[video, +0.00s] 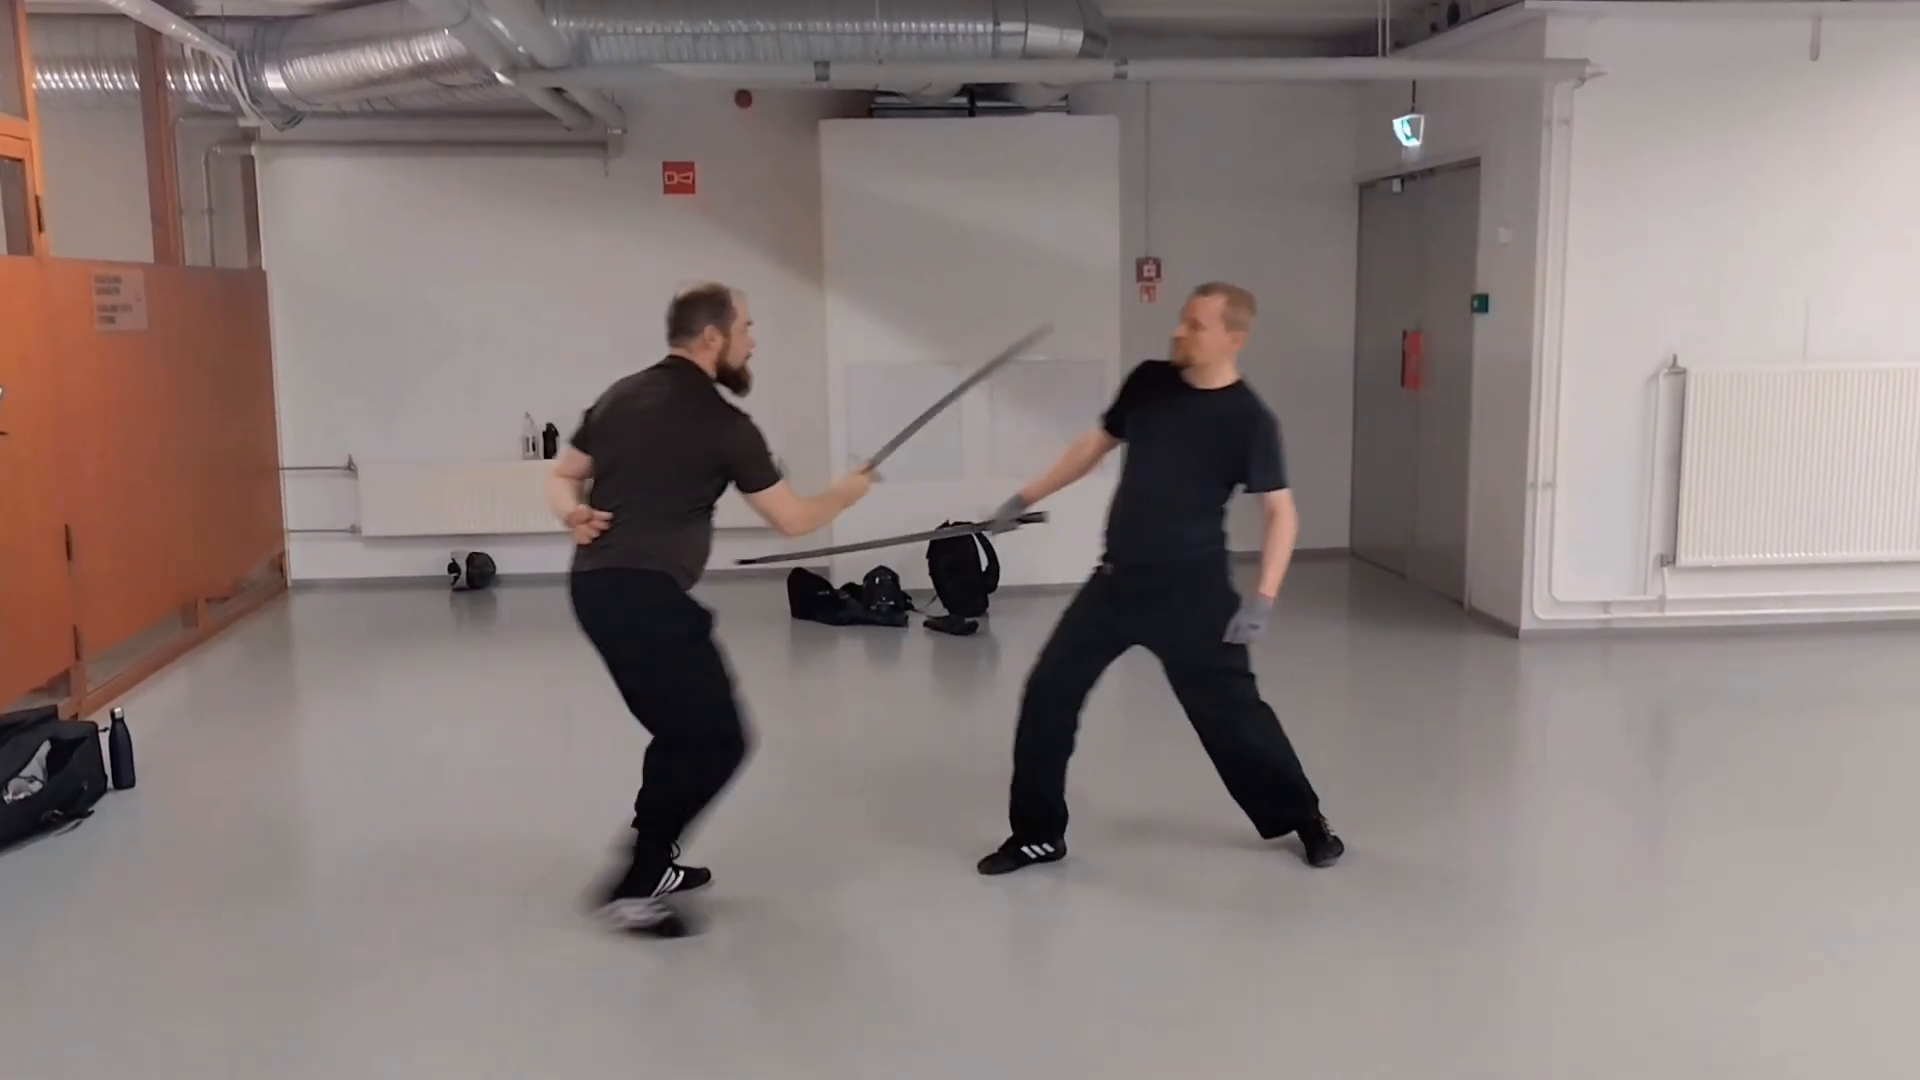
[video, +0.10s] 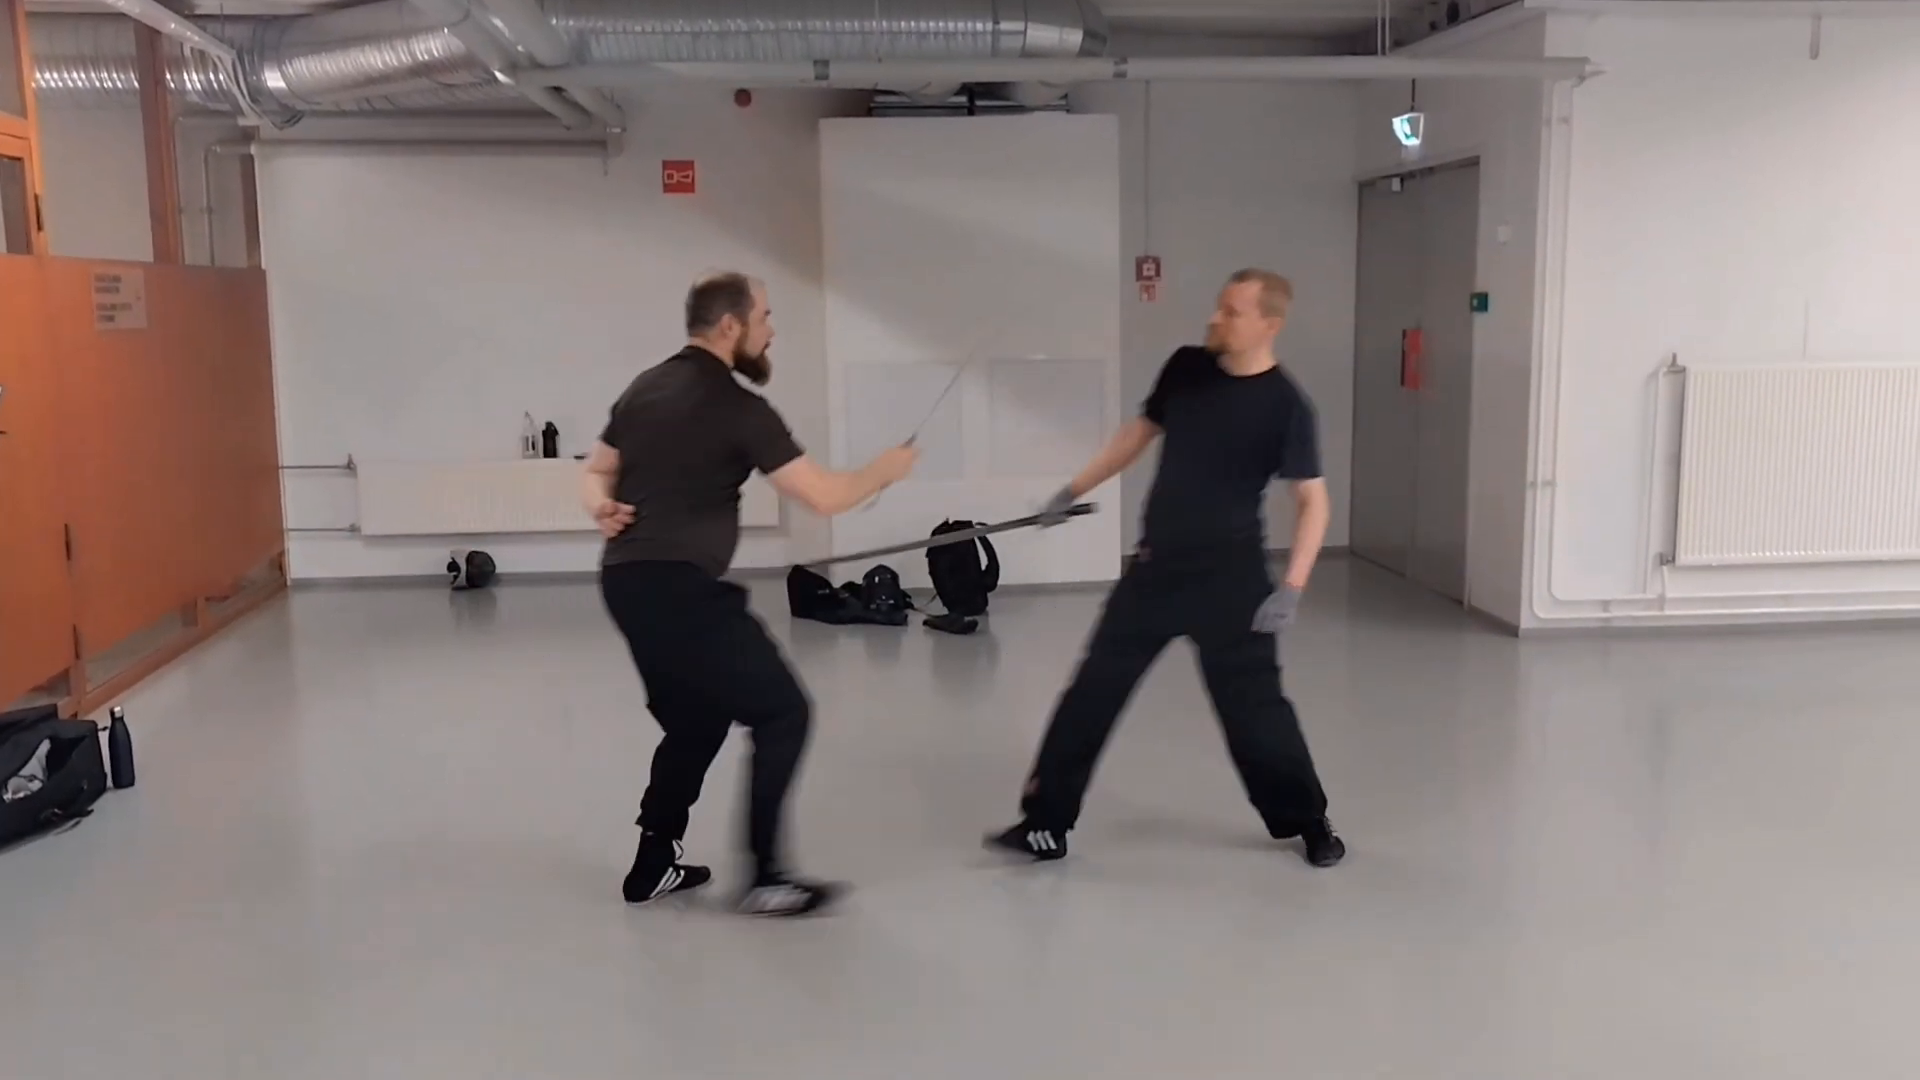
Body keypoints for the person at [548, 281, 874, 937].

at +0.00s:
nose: (751, 342)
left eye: (749, 329)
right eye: (744, 329)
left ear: (686, 338)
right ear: (713, 337)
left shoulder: (623, 397)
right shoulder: (722, 422)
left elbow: (561, 477)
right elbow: (792, 518)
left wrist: (573, 512)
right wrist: (845, 493)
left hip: (598, 586)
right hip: (651, 590)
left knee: (681, 728)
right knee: (720, 739)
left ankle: (648, 860)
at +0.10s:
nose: (771, 331)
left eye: (768, 317)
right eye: (763, 318)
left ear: (709, 328)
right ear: (730, 326)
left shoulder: (645, 390)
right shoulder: (736, 405)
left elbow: (595, 474)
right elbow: (826, 496)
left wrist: (603, 507)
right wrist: (884, 470)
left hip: (629, 579)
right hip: (686, 581)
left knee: (697, 720)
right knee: (784, 709)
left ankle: (653, 865)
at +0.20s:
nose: (790, 323)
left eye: (789, 310)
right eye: (783, 310)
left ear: (724, 318)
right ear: (749, 317)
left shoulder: (672, 385)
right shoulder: (754, 388)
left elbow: (635, 470)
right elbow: (852, 455)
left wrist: (636, 503)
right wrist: (929, 422)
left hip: (665, 577)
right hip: (721, 578)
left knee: (710, 724)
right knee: (821, 706)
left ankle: (652, 865)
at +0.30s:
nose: (819, 320)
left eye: (817, 306)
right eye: (811, 308)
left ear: (753, 318)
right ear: (776, 315)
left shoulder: (710, 383)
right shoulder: (779, 380)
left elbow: (676, 473)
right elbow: (881, 411)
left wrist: (678, 504)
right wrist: (956, 360)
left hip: (707, 577)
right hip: (763, 576)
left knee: (727, 728)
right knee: (856, 712)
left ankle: (654, 860)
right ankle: (902, 863)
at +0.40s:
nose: (852, 315)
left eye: (849, 302)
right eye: (844, 303)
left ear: (789, 315)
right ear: (812, 311)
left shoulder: (750, 382)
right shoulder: (810, 373)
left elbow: (730, 470)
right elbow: (906, 361)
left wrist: (719, 501)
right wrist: (971, 293)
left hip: (742, 580)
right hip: (797, 581)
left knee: (743, 726)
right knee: (890, 706)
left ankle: (653, 858)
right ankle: (904, 865)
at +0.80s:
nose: (878, 309)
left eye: (878, 299)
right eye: (872, 294)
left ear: (813, 301)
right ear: (845, 298)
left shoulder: (790, 371)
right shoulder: (825, 349)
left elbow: (790, 468)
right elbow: (895, 270)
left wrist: (758, 494)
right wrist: (930, 189)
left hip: (759, 565)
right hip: (807, 565)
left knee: (756, 713)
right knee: (899, 705)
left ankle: (666, 837)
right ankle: (900, 862)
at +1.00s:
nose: (814, 314)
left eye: (814, 301)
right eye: (804, 299)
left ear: (770, 304)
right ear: (769, 300)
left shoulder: (743, 374)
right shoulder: (738, 357)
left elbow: (732, 477)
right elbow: (796, 275)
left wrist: (691, 508)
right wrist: (848, 196)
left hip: (712, 567)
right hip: (737, 566)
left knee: (734, 718)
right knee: (825, 710)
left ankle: (654, 845)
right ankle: (888, 858)